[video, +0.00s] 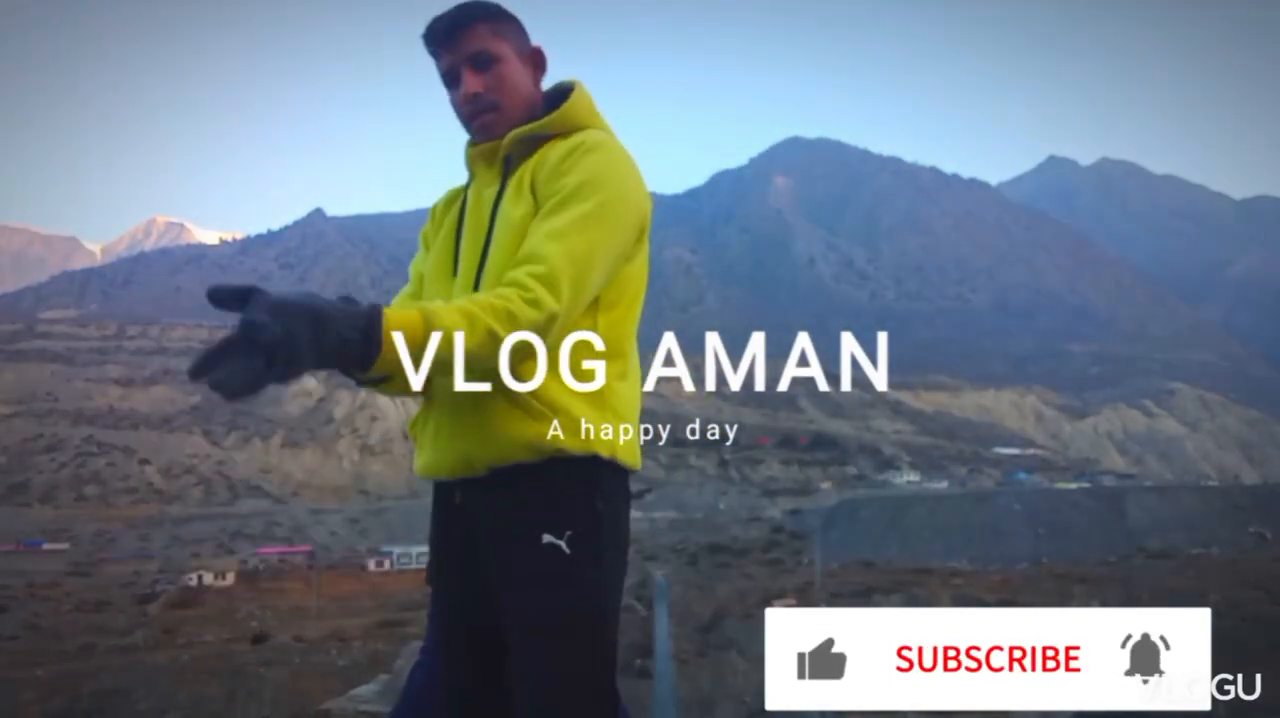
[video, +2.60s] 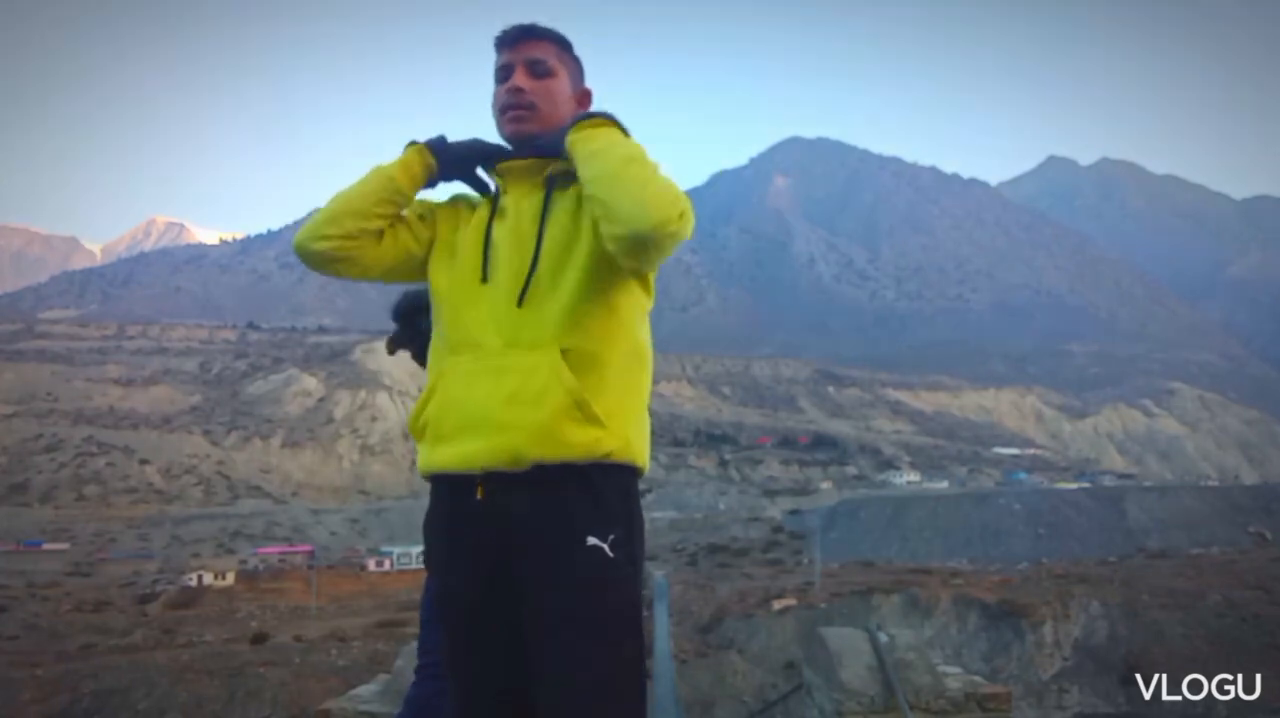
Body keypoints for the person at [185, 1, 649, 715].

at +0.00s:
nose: (470, 87)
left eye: (486, 64)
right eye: (453, 77)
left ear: (535, 64)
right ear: (447, 94)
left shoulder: (595, 168)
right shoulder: (451, 211)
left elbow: (522, 320)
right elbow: (420, 345)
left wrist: (354, 333)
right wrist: (318, 335)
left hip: (561, 484)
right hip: (464, 489)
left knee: (564, 699)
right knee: (465, 696)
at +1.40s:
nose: (504, 97)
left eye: (527, 82)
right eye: (492, 82)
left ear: (568, 100)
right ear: (479, 99)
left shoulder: (621, 194)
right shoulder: (449, 225)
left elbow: (586, 323)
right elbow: (404, 380)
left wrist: (452, 284)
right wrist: (413, 302)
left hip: (571, 504)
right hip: (459, 507)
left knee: (581, 700)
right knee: (477, 700)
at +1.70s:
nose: (490, 93)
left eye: (513, 76)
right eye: (478, 80)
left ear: (560, 97)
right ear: (466, 100)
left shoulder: (621, 193)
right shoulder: (457, 221)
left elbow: (653, 328)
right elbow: (384, 372)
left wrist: (542, 224)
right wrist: (406, 287)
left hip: (571, 493)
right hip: (456, 498)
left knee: (583, 696)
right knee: (474, 694)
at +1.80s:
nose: (489, 93)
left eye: (511, 76)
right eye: (477, 80)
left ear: (558, 93)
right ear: (466, 99)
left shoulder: (618, 193)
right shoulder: (442, 228)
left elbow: (692, 309)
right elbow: (369, 346)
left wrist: (606, 170)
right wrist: (376, 244)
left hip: (574, 493)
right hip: (457, 496)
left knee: (583, 697)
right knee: (476, 696)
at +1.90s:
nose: (486, 95)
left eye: (508, 77)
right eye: (474, 82)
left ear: (557, 95)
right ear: (463, 101)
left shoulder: (613, 191)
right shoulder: (445, 226)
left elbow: (722, 239)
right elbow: (332, 287)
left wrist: (654, 120)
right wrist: (368, 181)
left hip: (573, 498)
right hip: (457, 502)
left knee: (585, 699)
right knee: (476, 697)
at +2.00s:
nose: (483, 98)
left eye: (504, 78)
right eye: (470, 84)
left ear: (554, 96)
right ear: (460, 106)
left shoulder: (616, 187)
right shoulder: (439, 212)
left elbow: (730, 151)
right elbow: (319, 207)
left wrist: (645, 88)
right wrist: (410, 132)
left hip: (574, 496)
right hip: (457, 500)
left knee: (587, 698)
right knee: (474, 696)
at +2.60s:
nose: (515, 84)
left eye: (538, 71)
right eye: (503, 75)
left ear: (580, 98)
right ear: (491, 100)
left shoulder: (609, 189)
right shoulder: (454, 222)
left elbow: (650, 225)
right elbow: (321, 243)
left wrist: (588, 126)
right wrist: (423, 160)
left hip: (579, 499)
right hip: (462, 501)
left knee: (587, 697)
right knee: (460, 695)